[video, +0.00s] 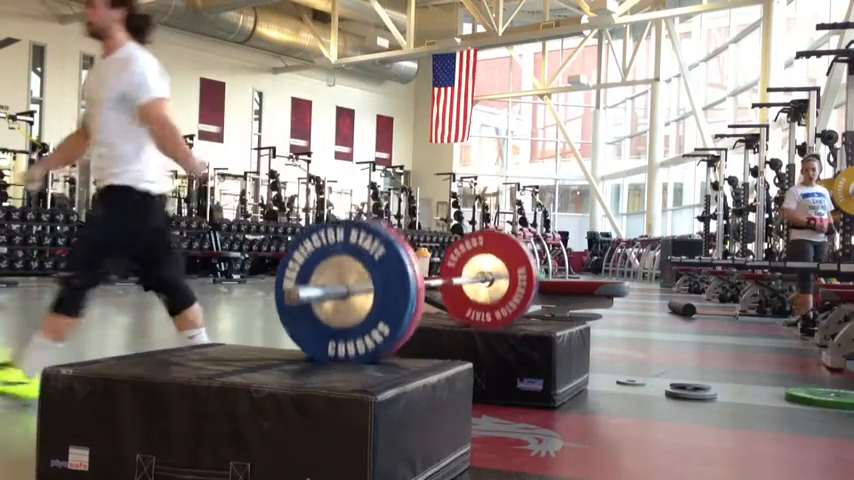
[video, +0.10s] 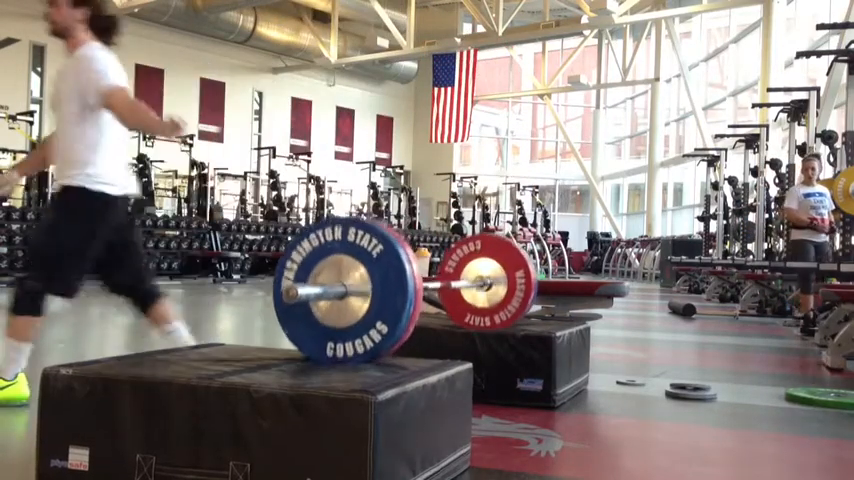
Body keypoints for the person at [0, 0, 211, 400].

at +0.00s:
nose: (87, 12)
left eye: (94, 5)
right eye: (87, 6)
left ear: (119, 12)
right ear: (105, 15)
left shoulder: (138, 62)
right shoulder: (98, 72)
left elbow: (159, 122)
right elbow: (85, 135)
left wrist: (192, 166)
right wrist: (43, 166)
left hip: (130, 194)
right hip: (126, 194)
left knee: (77, 282)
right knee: (170, 283)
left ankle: (26, 371)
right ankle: (205, 364)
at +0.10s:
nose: (49, 10)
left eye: (57, 4)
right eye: (51, 4)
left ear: (81, 14)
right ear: (75, 16)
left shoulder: (92, 58)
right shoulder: (71, 68)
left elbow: (122, 104)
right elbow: (63, 140)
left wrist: (161, 127)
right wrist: (16, 173)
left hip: (87, 191)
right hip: (107, 193)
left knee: (33, 282)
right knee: (137, 283)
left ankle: (10, 377)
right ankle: (190, 360)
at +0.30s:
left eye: (1, 5)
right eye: (2, 6)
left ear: (10, 6)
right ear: (31, 8)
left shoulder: (18, 33)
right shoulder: (26, 37)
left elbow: (36, 71)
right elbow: (40, 73)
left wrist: (78, 90)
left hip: (17, 174)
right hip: (34, 175)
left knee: (6, 280)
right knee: (25, 276)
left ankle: (9, 378)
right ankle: (72, 333)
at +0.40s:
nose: (26, 6)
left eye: (23, 6)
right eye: (24, 5)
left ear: (7, 9)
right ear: (15, 5)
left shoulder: (6, 30)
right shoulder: (4, 29)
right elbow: (12, 74)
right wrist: (45, 82)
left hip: (10, 169)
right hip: (6, 169)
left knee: (2, 276)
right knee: (2, 275)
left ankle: (10, 375)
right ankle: (9, 374)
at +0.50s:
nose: (8, 95)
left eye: (8, 87)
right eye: (9, 88)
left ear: (1, 86)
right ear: (7, 86)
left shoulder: (3, 121)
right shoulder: (2, 121)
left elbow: (13, 157)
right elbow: (14, 158)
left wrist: (18, 179)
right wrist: (17, 179)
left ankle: (9, 373)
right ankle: (9, 373)